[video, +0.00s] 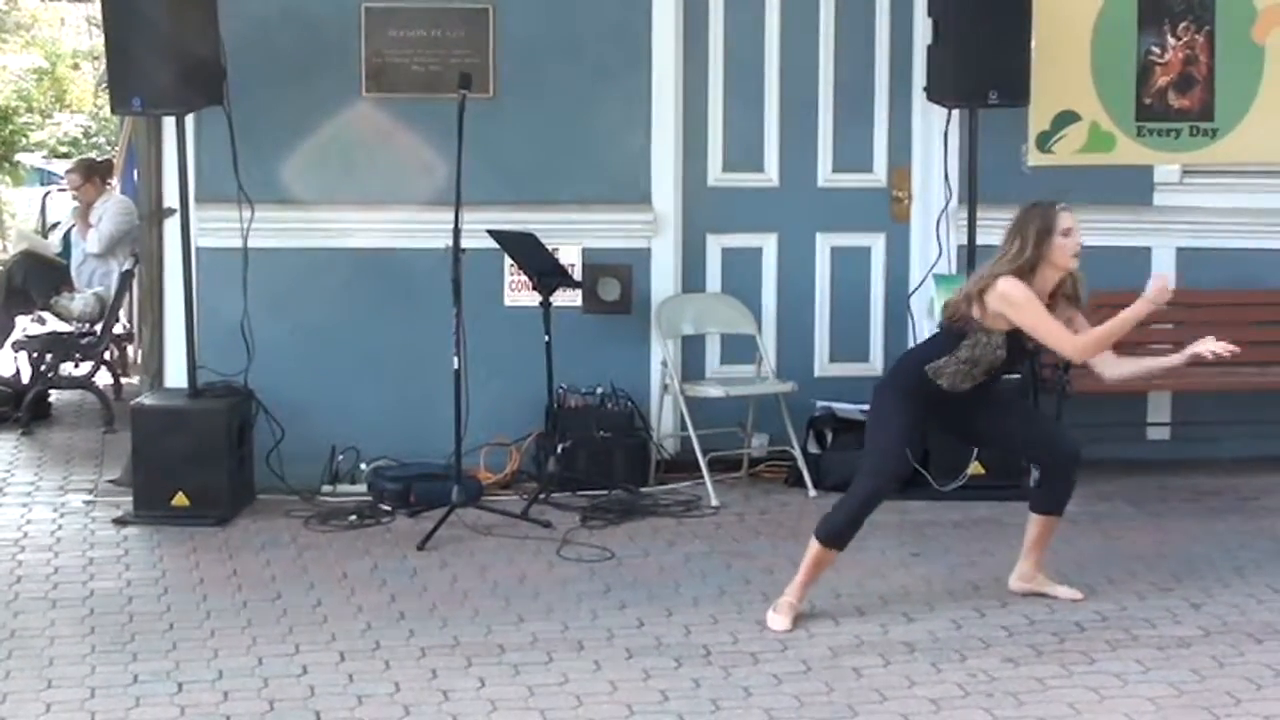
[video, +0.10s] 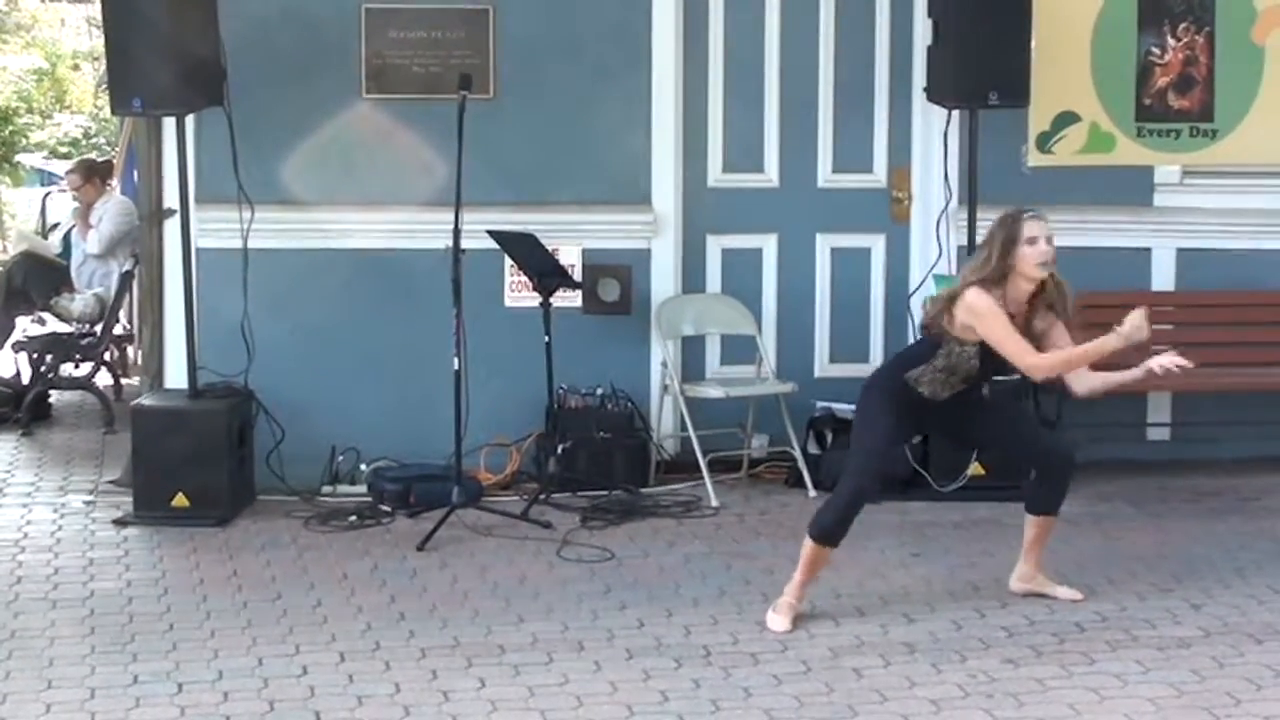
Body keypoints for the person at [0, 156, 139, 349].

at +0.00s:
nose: (73, 195)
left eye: (76, 189)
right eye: (71, 190)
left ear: (94, 183)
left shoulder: (121, 207)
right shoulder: (84, 210)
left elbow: (99, 245)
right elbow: (56, 247)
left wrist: (81, 221)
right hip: (75, 286)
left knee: (26, 262)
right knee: (10, 301)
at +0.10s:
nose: (74, 196)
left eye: (77, 190)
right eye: (71, 191)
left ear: (94, 183)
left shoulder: (121, 207)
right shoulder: (84, 210)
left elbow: (99, 246)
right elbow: (55, 248)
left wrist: (81, 223)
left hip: (100, 296)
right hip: (74, 286)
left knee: (26, 263)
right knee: (9, 301)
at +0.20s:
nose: (74, 197)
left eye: (77, 190)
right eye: (72, 192)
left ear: (95, 184)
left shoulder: (121, 208)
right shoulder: (84, 211)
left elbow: (99, 246)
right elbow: (55, 248)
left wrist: (81, 222)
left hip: (100, 297)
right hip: (76, 287)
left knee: (26, 263)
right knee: (10, 304)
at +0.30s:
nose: (74, 197)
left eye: (78, 190)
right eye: (72, 192)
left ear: (95, 184)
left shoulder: (122, 208)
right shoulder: (85, 211)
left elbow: (100, 246)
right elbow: (56, 248)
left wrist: (82, 223)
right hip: (77, 288)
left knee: (27, 263)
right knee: (9, 303)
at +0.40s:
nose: (74, 197)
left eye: (78, 191)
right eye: (72, 192)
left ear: (96, 184)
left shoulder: (121, 208)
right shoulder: (84, 211)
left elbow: (100, 247)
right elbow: (56, 248)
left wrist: (82, 223)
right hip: (75, 287)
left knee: (26, 263)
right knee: (10, 305)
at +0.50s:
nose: (75, 197)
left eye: (78, 190)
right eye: (73, 192)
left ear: (99, 184)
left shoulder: (121, 208)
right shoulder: (83, 211)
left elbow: (98, 246)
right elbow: (56, 247)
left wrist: (82, 222)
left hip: (98, 299)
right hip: (74, 291)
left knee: (26, 264)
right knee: (9, 301)